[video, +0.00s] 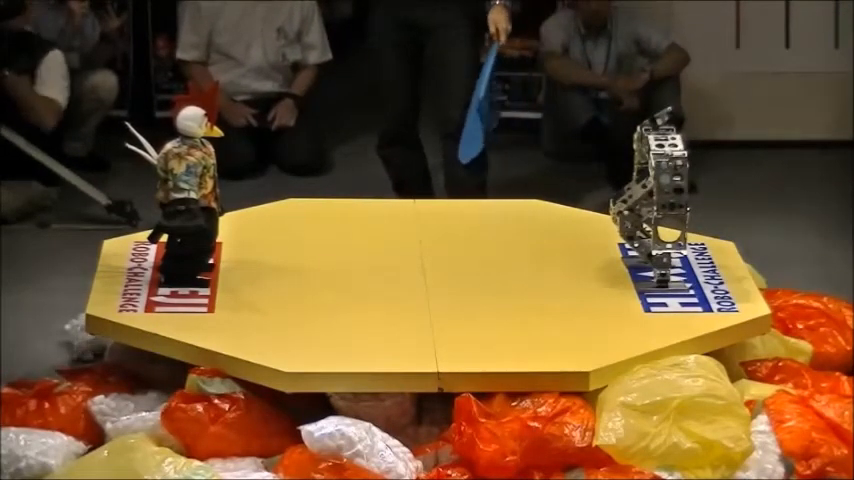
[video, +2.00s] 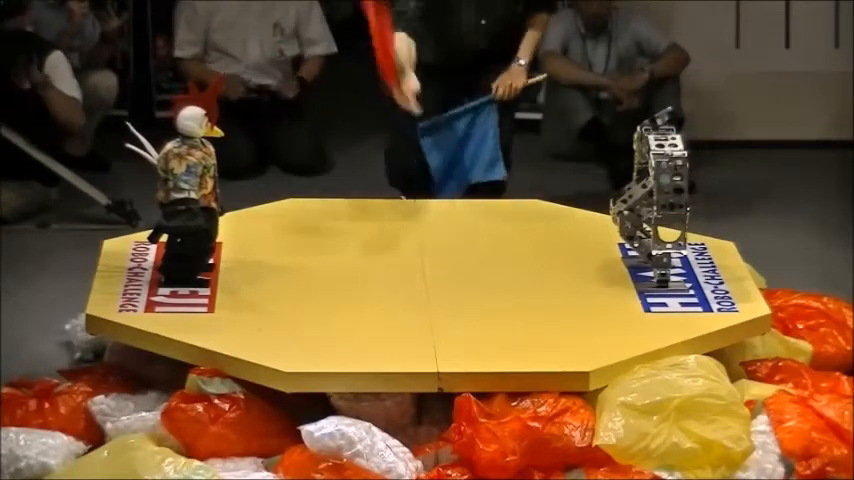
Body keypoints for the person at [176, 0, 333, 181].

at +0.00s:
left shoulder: (302, 5)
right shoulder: (201, 5)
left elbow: (312, 60)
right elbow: (191, 60)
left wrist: (291, 100)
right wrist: (226, 105)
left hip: (280, 98)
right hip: (228, 102)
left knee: (306, 160)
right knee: (237, 163)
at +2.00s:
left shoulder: (301, 5)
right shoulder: (196, 6)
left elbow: (317, 49)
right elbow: (187, 59)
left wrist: (299, 81)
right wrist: (220, 82)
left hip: (280, 97)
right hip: (229, 99)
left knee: (306, 161)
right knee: (237, 164)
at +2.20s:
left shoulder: (301, 4)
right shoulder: (197, 5)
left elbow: (320, 45)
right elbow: (183, 54)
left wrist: (296, 57)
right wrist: (215, 53)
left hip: (283, 99)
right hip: (227, 100)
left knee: (306, 162)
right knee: (236, 165)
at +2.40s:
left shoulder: (297, 3)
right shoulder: (197, 4)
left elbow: (322, 42)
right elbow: (183, 55)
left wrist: (294, 32)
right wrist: (213, 34)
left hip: (283, 99)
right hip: (228, 103)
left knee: (306, 162)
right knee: (236, 166)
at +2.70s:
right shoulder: (198, 5)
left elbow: (320, 31)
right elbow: (186, 48)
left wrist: (296, 16)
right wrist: (211, 15)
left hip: (279, 96)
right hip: (221, 99)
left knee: (307, 162)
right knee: (239, 166)